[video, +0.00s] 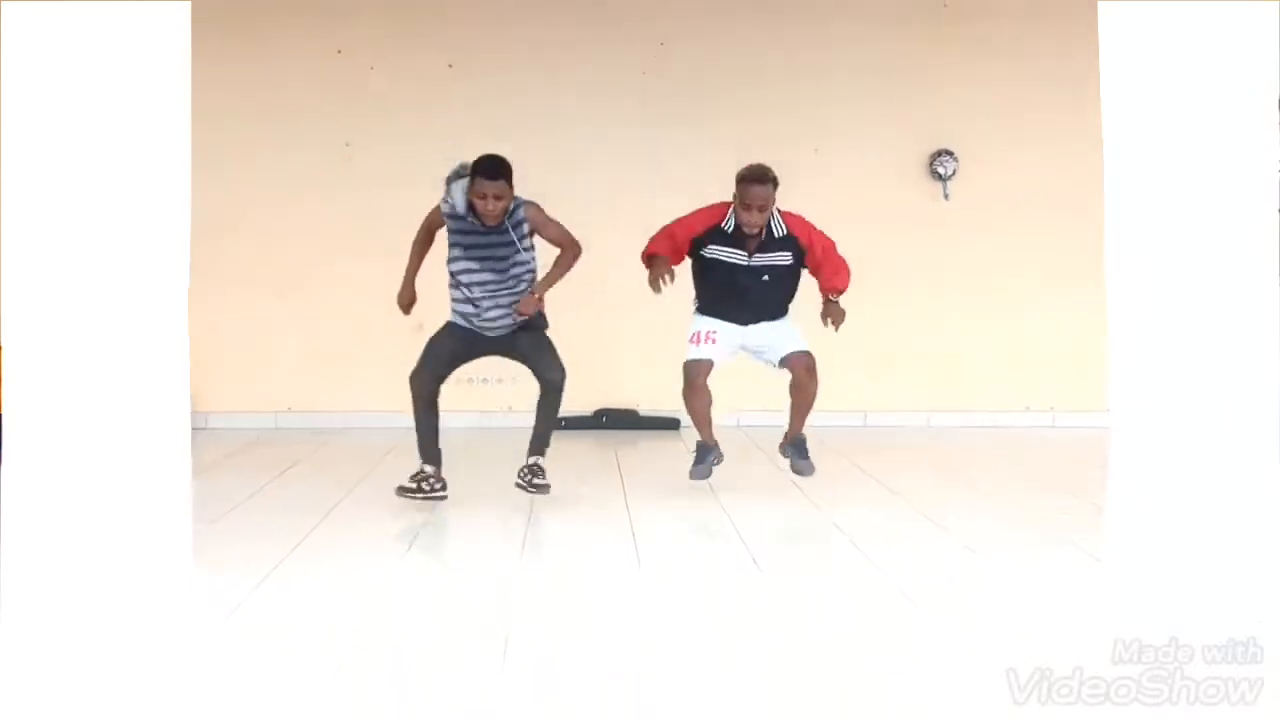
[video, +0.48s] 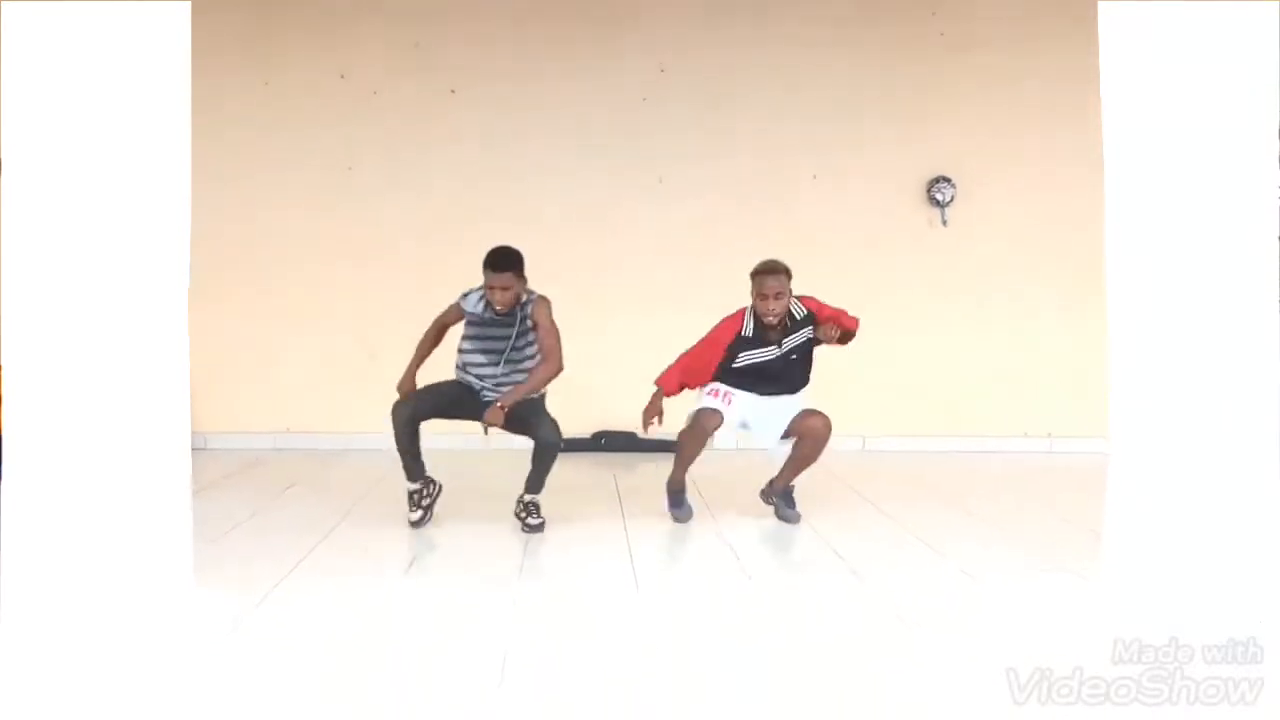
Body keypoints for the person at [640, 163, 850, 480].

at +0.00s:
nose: (753, 217)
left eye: (762, 209)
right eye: (746, 208)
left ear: (773, 203)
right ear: (735, 199)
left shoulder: (794, 229)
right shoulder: (712, 219)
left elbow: (829, 258)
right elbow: (670, 236)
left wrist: (832, 297)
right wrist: (658, 258)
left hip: (770, 323)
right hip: (715, 322)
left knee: (805, 367)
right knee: (693, 375)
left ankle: (793, 439)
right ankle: (708, 445)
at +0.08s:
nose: (753, 259)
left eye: (762, 250)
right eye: (746, 249)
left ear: (773, 243)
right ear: (733, 240)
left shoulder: (792, 263)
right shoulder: (711, 257)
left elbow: (822, 296)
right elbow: (671, 282)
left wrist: (830, 338)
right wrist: (670, 302)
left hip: (773, 350)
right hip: (718, 349)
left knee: (808, 392)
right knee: (699, 394)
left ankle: (793, 451)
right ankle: (712, 449)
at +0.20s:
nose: (750, 357)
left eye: (759, 348)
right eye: (743, 347)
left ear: (770, 342)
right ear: (732, 341)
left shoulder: (785, 355)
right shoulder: (714, 354)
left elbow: (802, 390)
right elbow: (667, 382)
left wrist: (820, 424)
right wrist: (672, 401)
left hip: (771, 425)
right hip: (726, 426)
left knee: (818, 424)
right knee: (698, 425)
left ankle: (790, 476)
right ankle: (711, 483)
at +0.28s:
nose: (752, 374)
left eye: (761, 365)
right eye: (745, 364)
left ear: (771, 366)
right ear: (734, 363)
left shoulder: (784, 385)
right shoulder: (715, 382)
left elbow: (799, 426)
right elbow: (665, 426)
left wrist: (817, 454)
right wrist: (689, 438)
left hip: (771, 454)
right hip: (727, 456)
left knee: (813, 427)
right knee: (695, 433)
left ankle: (790, 482)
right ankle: (713, 491)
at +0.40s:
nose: (769, 328)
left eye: (777, 320)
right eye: (761, 320)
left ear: (787, 322)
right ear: (748, 323)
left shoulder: (802, 350)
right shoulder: (731, 350)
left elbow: (811, 385)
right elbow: (694, 388)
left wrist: (832, 391)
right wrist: (667, 431)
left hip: (775, 424)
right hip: (730, 423)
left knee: (814, 429)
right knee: (695, 427)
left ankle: (780, 485)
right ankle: (702, 485)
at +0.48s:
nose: (771, 305)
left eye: (778, 297)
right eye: (763, 298)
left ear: (790, 294)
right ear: (752, 297)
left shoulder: (807, 312)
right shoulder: (737, 324)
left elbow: (850, 324)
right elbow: (698, 358)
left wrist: (837, 333)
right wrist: (659, 394)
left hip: (780, 401)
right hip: (731, 397)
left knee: (819, 427)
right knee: (704, 422)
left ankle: (779, 487)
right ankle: (676, 482)